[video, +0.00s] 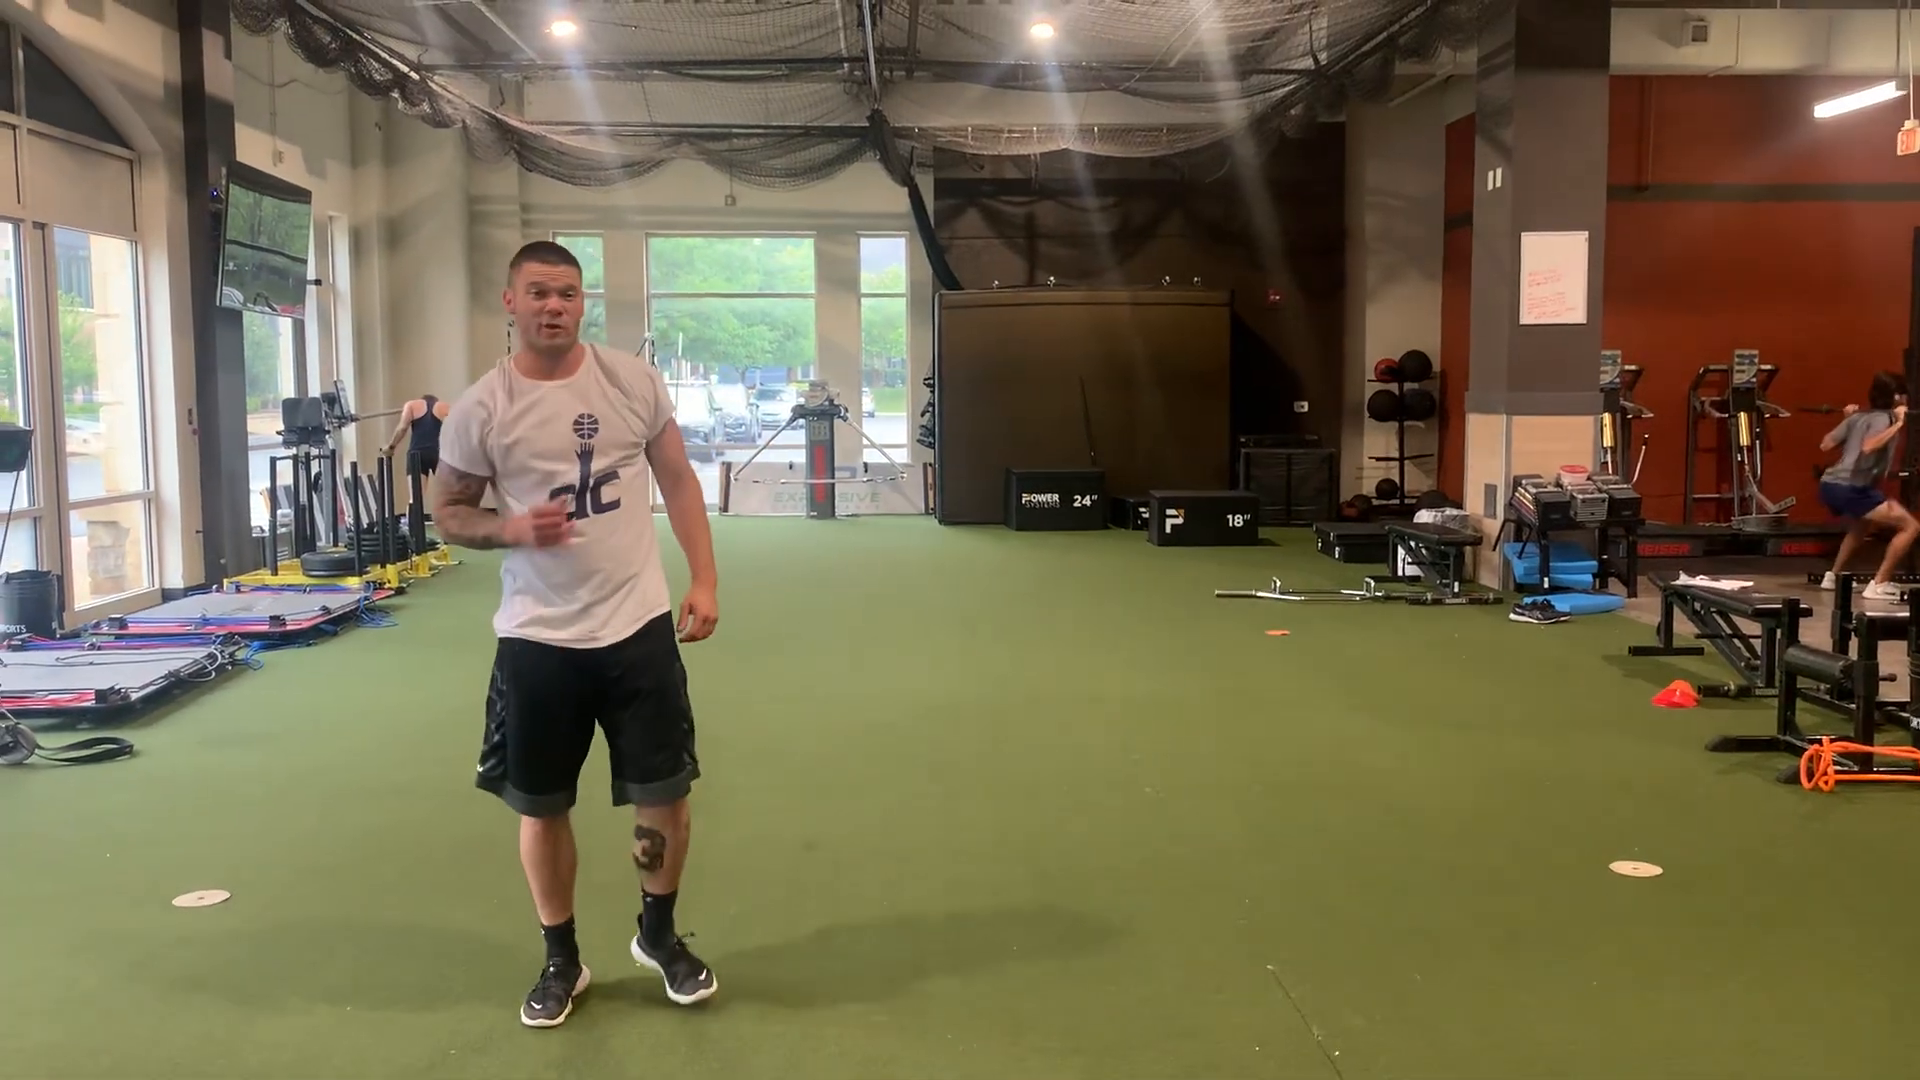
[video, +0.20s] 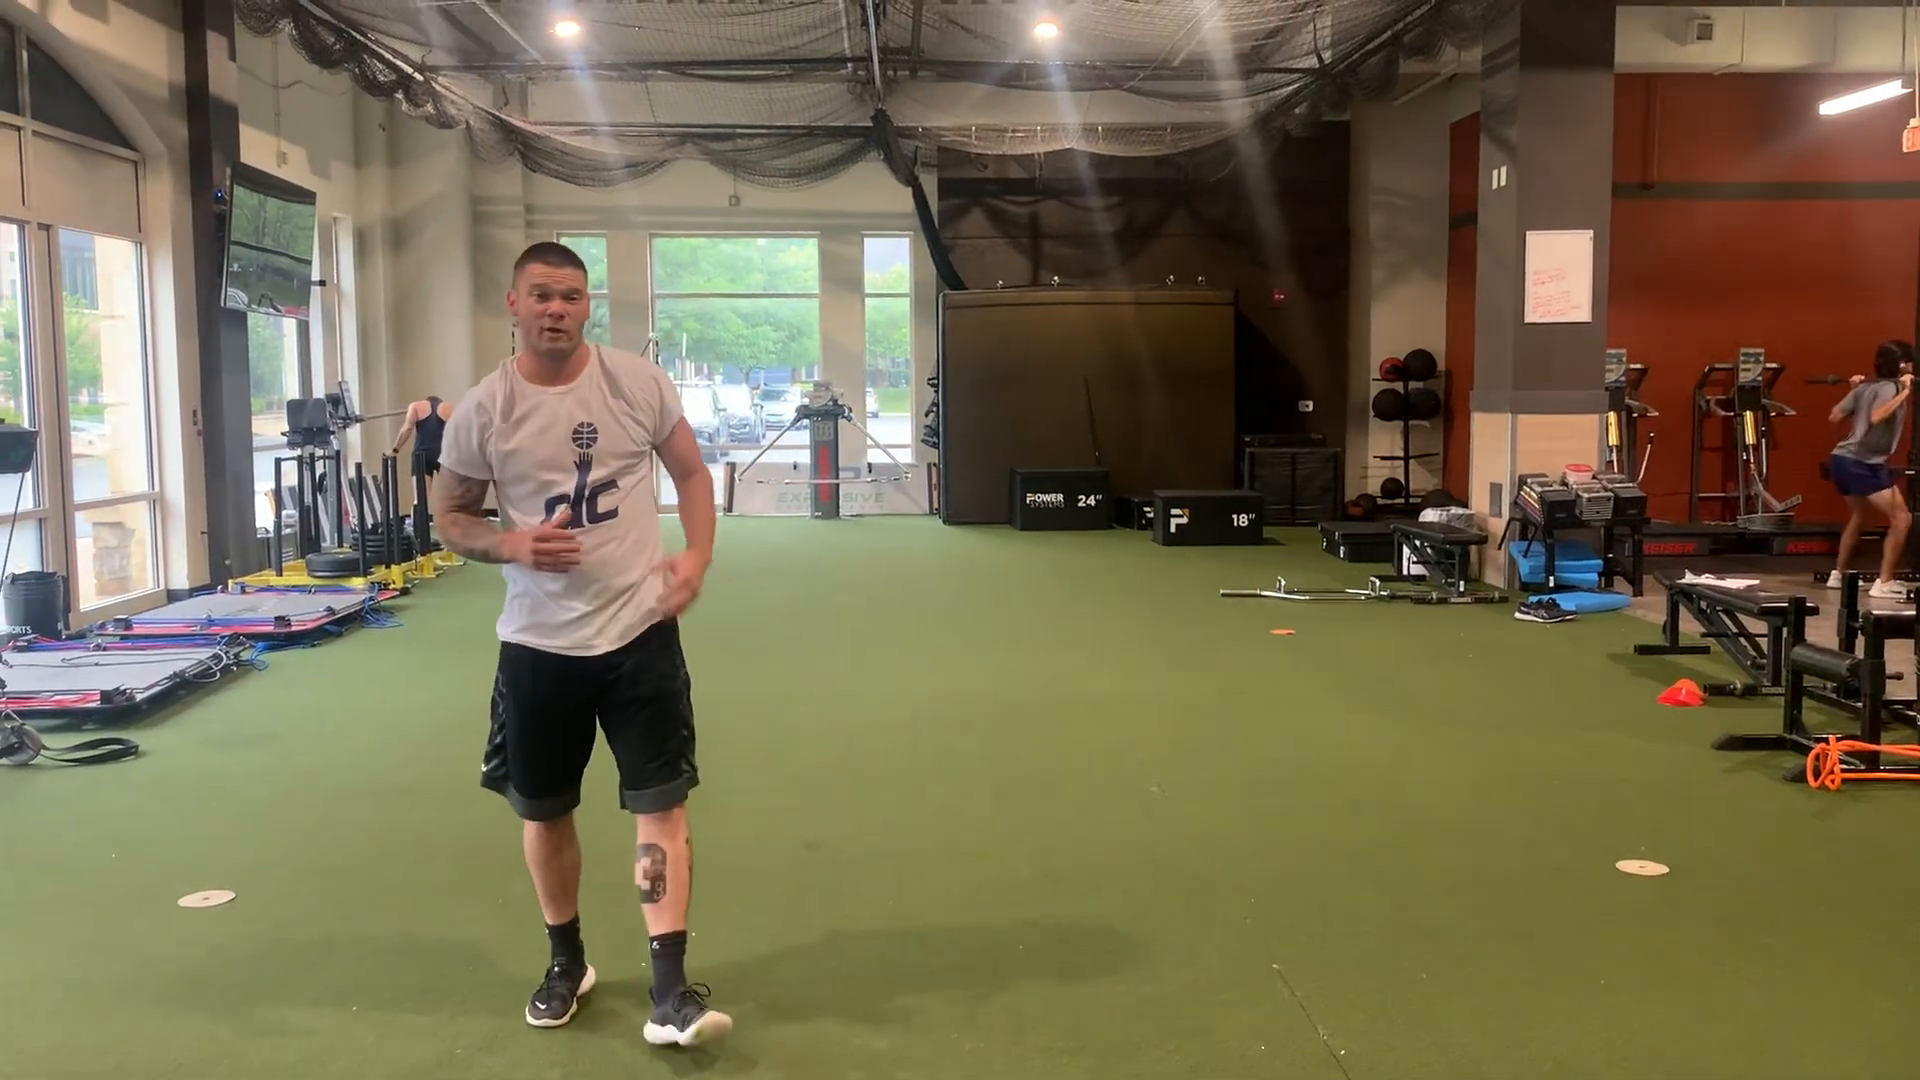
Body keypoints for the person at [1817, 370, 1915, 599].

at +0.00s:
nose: (1904, 401)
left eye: (1904, 397)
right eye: (1903, 396)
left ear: (1874, 395)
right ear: (1894, 398)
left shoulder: (1857, 418)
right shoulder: (1883, 419)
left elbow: (1825, 444)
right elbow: (1868, 446)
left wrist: (1846, 419)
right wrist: (1898, 425)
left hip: (1830, 485)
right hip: (1852, 490)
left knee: (1862, 526)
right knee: (1910, 526)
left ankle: (1832, 576)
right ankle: (1879, 584)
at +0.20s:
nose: (1911, 370)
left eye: (1911, 366)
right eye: (1910, 365)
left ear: (1881, 364)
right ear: (1901, 366)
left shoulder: (1864, 388)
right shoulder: (1890, 388)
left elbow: (1835, 415)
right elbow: (1876, 416)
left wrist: (1854, 389)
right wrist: (1905, 391)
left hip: (1841, 460)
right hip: (1863, 465)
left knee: (1857, 517)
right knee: (1901, 517)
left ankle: (1837, 574)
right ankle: (1885, 582)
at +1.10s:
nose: (1912, 432)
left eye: (1911, 428)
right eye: (1910, 428)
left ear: (1881, 430)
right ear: (1902, 431)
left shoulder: (1864, 450)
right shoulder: (1890, 452)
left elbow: (1833, 478)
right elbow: (1875, 481)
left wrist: (1854, 452)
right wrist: (1905, 458)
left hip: (1833, 516)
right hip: (1857, 520)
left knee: (1874, 533)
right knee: (1917, 531)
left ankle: (1840, 577)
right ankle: (1886, 585)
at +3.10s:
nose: (1884, 385)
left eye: (1884, 380)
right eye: (1881, 381)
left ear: (1854, 382)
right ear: (1872, 383)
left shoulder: (1840, 407)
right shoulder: (1864, 406)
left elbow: (1812, 436)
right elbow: (1854, 435)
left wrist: (1828, 408)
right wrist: (1880, 409)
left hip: (1819, 478)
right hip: (1843, 482)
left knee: (1829, 538)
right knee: (1866, 541)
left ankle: (1814, 598)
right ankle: (1859, 606)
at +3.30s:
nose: (1883, 395)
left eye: (1883, 390)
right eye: (1880, 390)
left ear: (1852, 391)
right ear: (1871, 392)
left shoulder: (1837, 415)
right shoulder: (1863, 414)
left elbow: (1810, 443)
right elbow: (1852, 442)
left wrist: (1827, 416)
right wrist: (1879, 416)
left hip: (1815, 485)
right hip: (1838, 490)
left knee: (1831, 542)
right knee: (1871, 545)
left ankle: (1812, 601)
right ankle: (1859, 609)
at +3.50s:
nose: (1881, 429)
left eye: (1881, 425)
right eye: (1879, 424)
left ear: (1850, 425)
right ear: (1871, 427)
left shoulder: (1837, 448)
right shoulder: (1862, 448)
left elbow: (1807, 475)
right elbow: (1849, 476)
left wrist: (1825, 450)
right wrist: (1877, 453)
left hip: (1811, 515)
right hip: (1836, 520)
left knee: (1842, 555)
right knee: (1892, 557)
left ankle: (1814, 604)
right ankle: (1860, 613)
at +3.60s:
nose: (1880, 445)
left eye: (1880, 440)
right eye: (1878, 440)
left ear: (1850, 441)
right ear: (1871, 442)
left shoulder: (1836, 463)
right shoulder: (1861, 463)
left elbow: (1808, 492)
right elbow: (1848, 492)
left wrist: (1827, 465)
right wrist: (1877, 468)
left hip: (1811, 529)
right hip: (1833, 533)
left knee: (1846, 563)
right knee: (1897, 560)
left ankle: (1814, 605)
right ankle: (1860, 614)